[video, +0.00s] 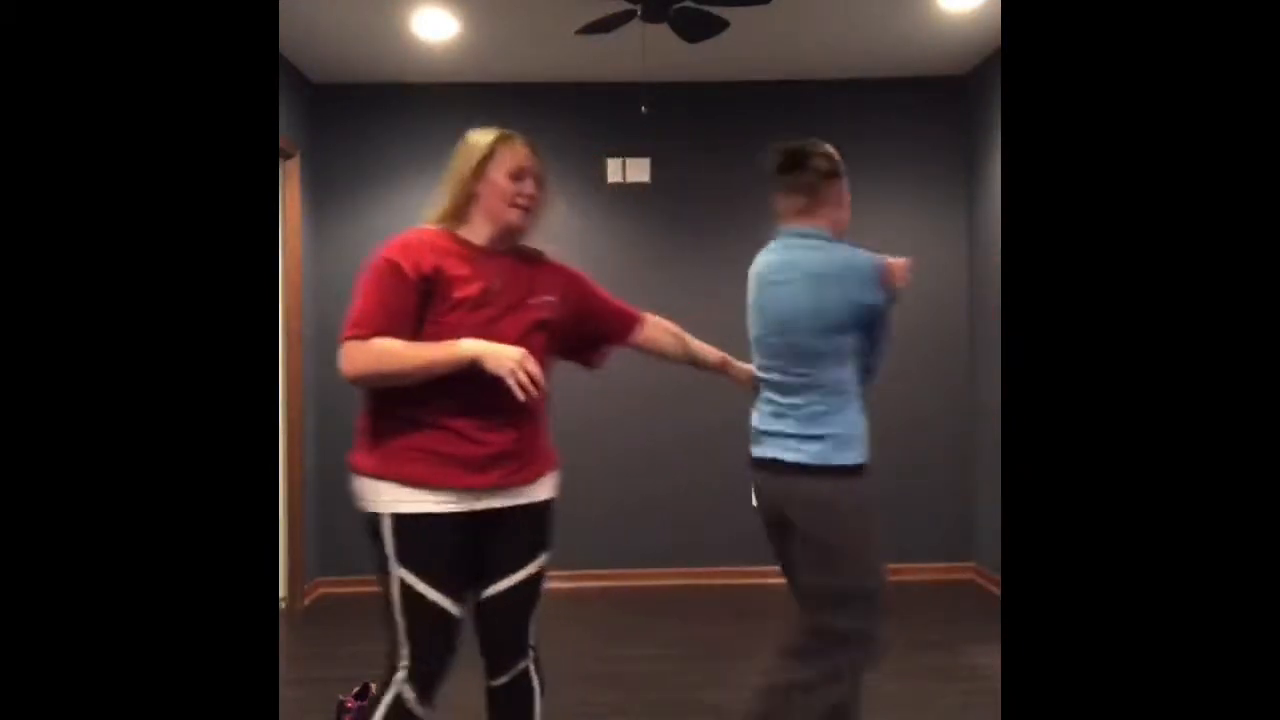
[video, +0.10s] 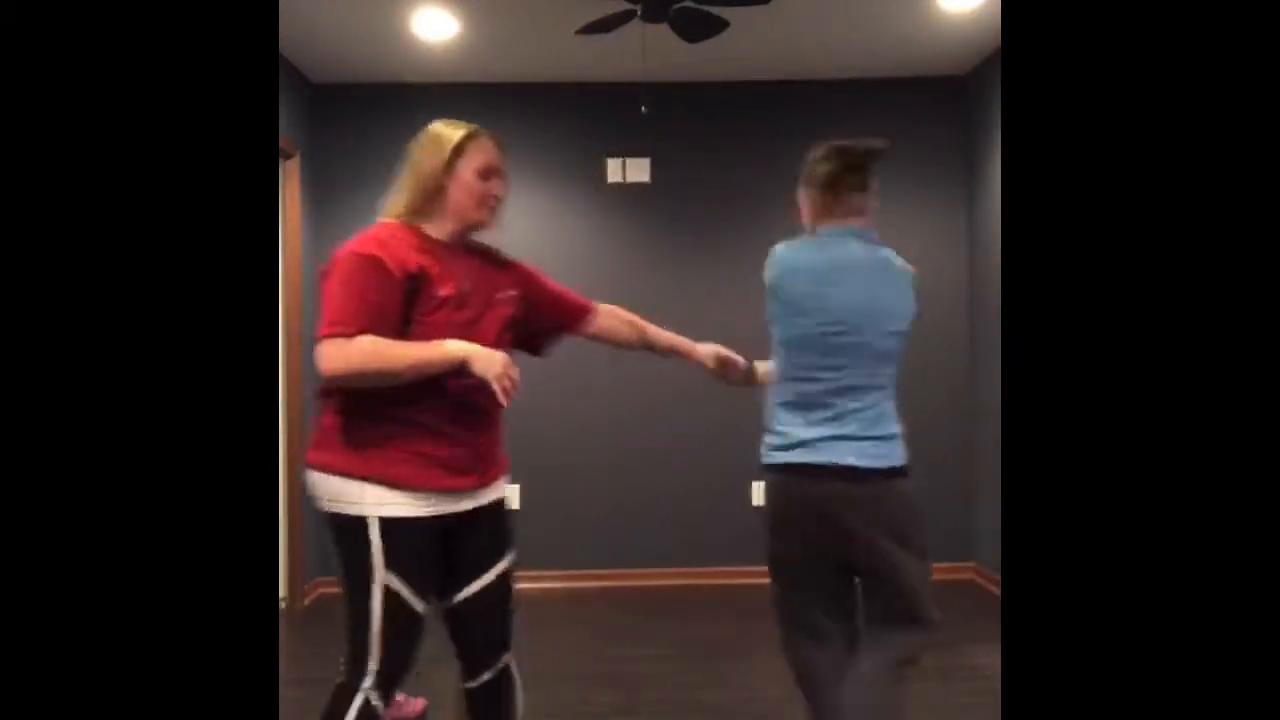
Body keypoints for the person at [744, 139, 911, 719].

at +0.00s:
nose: (849, 208)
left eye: (846, 196)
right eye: (846, 196)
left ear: (781, 201)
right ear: (833, 198)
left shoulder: (763, 265)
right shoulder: (861, 269)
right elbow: (868, 366)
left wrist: (877, 282)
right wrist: (887, 295)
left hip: (771, 475)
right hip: (831, 481)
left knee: (824, 624)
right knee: (849, 629)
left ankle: (830, 712)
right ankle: (774, 711)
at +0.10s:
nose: (799, 207)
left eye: (801, 198)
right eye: (801, 198)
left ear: (807, 203)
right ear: (868, 204)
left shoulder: (782, 263)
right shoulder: (899, 274)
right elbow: (854, 355)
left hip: (796, 480)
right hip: (876, 480)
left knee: (815, 634)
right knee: (900, 624)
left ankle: (837, 714)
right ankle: (855, 705)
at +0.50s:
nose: (804, 200)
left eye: (820, 187)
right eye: (799, 188)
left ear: (861, 196)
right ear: (794, 194)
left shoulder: (889, 261)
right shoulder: (794, 281)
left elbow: (949, 347)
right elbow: (758, 366)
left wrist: (848, 379)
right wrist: (678, 340)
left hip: (880, 473)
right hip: (827, 472)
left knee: (816, 624)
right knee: (868, 624)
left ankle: (812, 716)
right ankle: (915, 715)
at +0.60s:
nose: (780, 200)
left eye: (797, 187)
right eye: (772, 188)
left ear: (833, 198)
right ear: (763, 199)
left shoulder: (865, 269)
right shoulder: (750, 288)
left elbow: (952, 356)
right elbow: (734, 390)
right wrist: (651, 365)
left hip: (856, 486)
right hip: (781, 485)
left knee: (809, 652)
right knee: (786, 642)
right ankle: (901, 709)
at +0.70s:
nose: (760, 193)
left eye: (774, 181)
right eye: (748, 181)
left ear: (800, 194)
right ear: (729, 194)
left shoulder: (843, 271)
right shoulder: (706, 288)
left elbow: (905, 373)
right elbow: (701, 400)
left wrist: (901, 480)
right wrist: (610, 415)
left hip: (838, 497)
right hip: (743, 493)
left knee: (809, 668)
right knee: (723, 660)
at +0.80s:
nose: (742, 185)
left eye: (755, 173)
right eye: (728, 171)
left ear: (773, 186)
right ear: (698, 183)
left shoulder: (813, 271)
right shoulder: (665, 284)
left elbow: (841, 386)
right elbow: (661, 404)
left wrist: (840, 487)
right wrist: (636, 488)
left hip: (799, 508)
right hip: (698, 504)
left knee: (796, 691)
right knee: (681, 675)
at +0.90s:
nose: (737, 184)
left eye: (742, 171)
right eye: (721, 168)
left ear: (747, 182)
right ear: (670, 175)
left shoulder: (762, 272)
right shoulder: (623, 280)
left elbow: (770, 391)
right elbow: (622, 407)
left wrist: (775, 483)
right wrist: (616, 522)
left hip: (762, 510)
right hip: (669, 511)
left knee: (782, 690)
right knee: (632, 691)